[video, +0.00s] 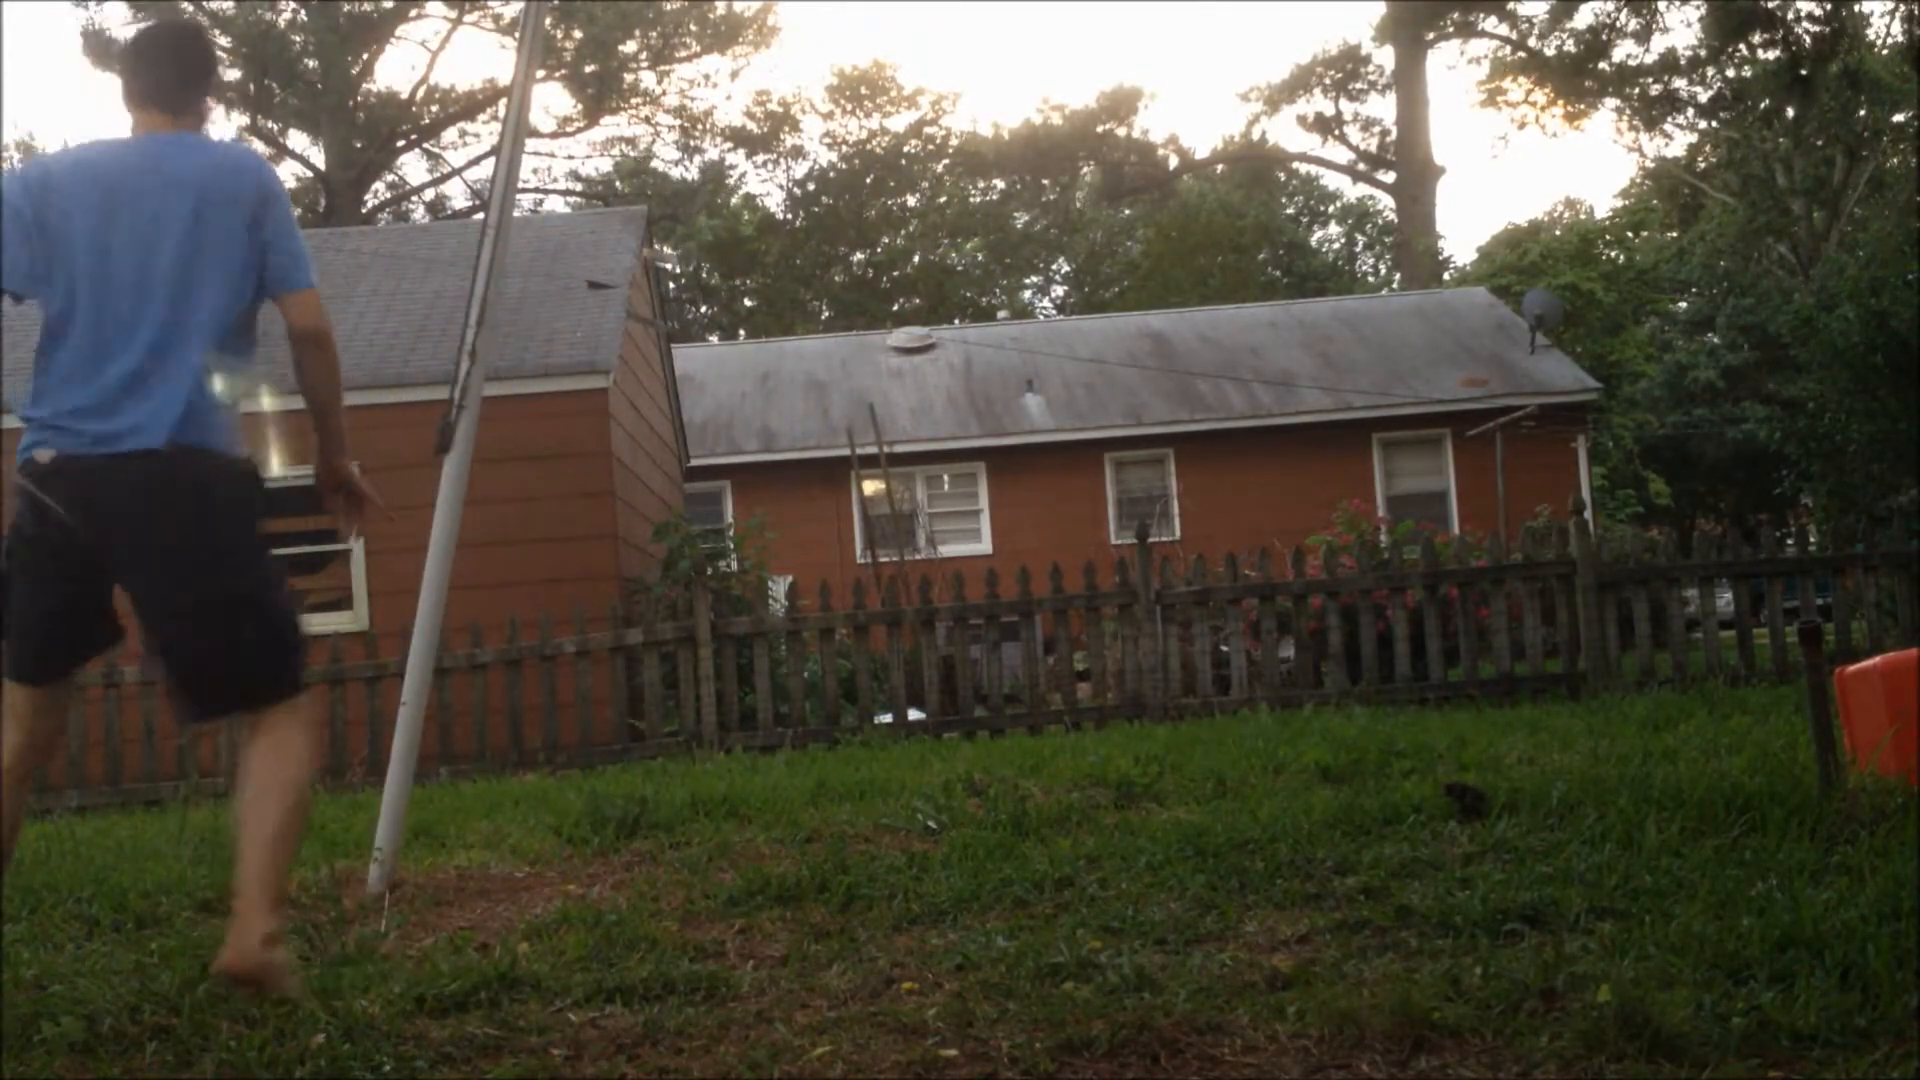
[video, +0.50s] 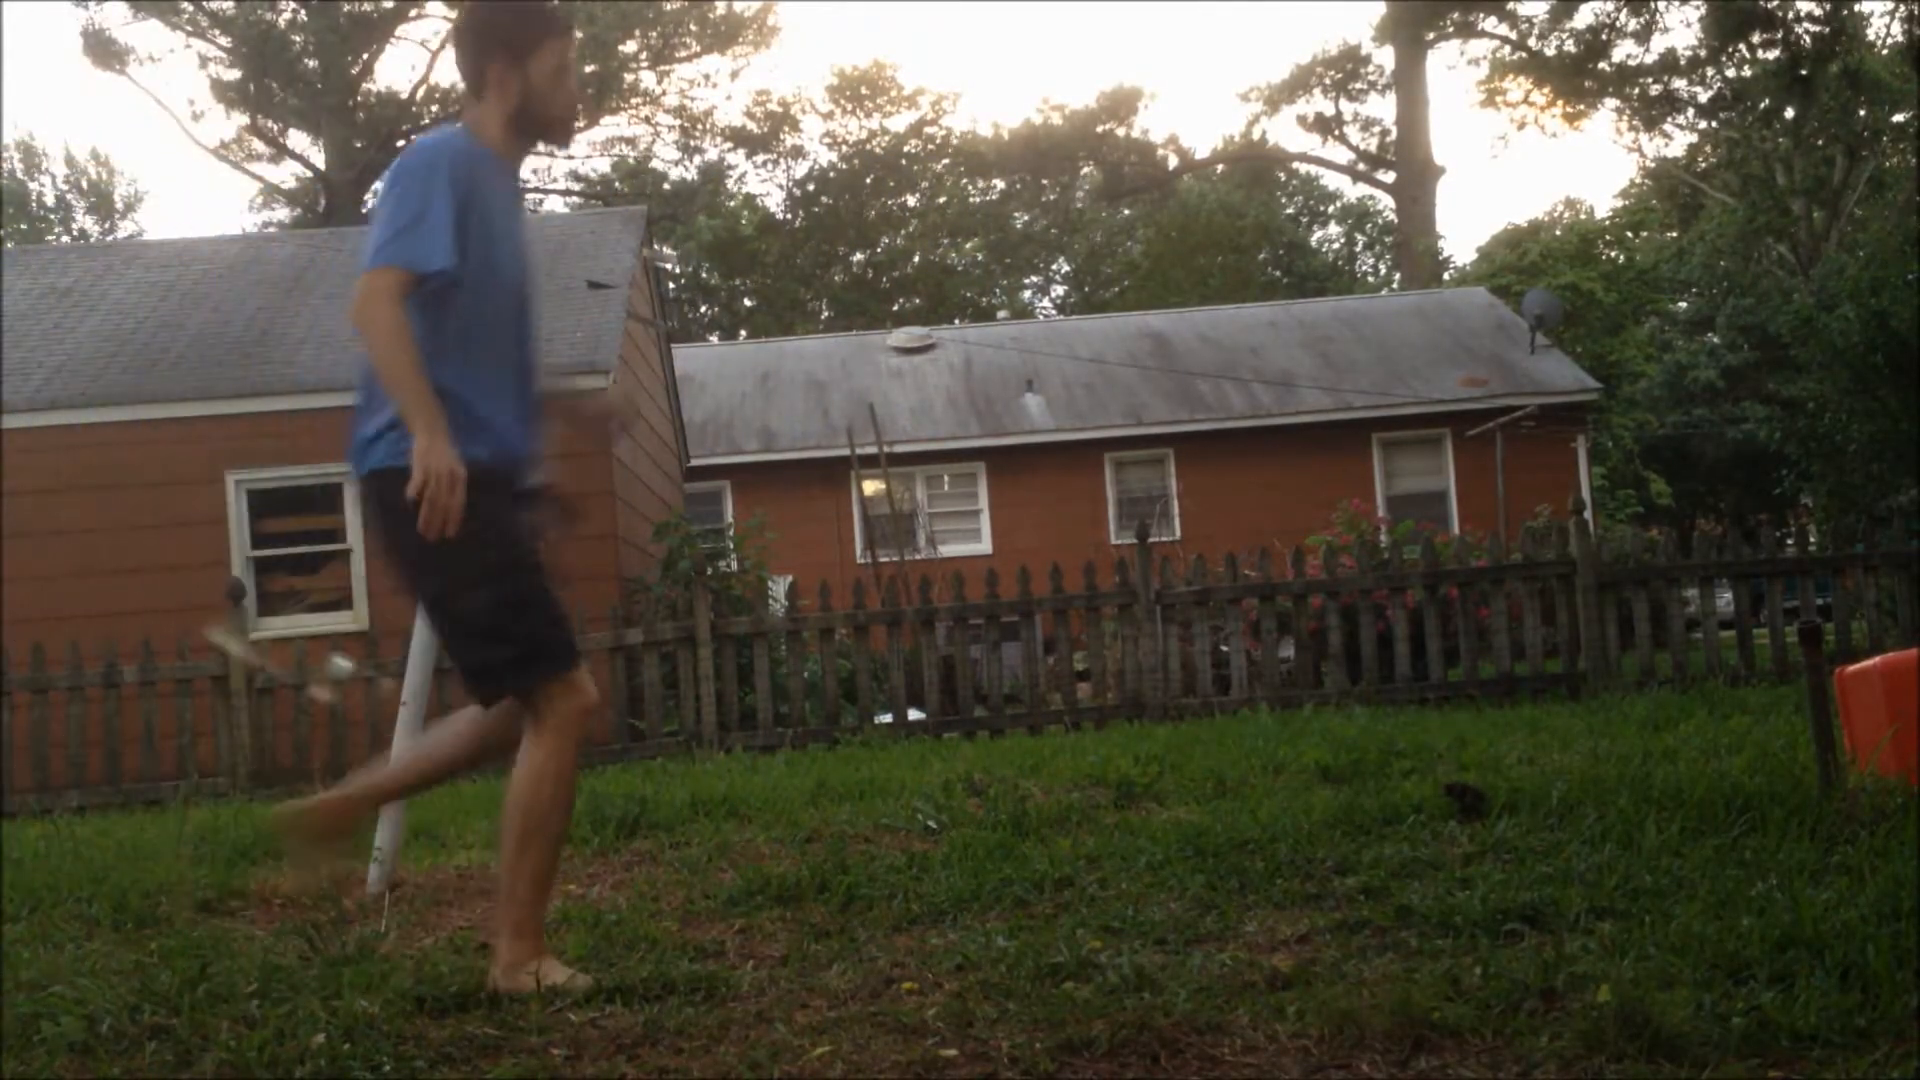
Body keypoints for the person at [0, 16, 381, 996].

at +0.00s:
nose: (189, 106)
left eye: (142, 84)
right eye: (206, 91)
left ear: (126, 91)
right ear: (208, 94)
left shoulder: (48, 182)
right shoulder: (245, 177)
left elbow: (2, 289)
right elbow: (309, 324)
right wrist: (333, 457)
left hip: (59, 482)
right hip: (191, 484)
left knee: (20, 722)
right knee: (279, 709)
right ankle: (253, 932)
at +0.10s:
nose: (284, 143)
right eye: (283, 129)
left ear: (194, 117)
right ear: (265, 118)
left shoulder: (85, 203)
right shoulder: (275, 184)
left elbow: (4, 306)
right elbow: (294, 323)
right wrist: (337, 467)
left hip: (74, 489)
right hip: (201, 483)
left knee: (47, 730)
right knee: (351, 680)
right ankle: (338, 930)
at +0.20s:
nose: (372, 161)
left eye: (376, 143)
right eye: (368, 141)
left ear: (274, 130)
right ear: (325, 128)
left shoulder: (185, 212)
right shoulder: (315, 190)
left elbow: (74, 347)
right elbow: (293, 315)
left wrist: (112, 462)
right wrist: (362, 473)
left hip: (113, 487)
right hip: (215, 482)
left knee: (81, 743)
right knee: (418, 686)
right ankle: (474, 930)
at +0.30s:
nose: (458, 149)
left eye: (458, 129)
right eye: (450, 129)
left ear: (372, 130)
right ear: (400, 125)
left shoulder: (306, 203)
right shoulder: (367, 190)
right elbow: (310, 324)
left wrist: (365, 495)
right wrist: (386, 467)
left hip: (212, 503)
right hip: (280, 500)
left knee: (154, 741)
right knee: (471, 697)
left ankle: (6, 886)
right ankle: (504, 955)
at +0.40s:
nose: (535, 132)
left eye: (533, 112)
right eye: (524, 111)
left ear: (461, 115)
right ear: (466, 112)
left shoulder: (439, 208)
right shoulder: (406, 188)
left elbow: (385, 346)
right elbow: (345, 322)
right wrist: (415, 464)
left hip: (355, 501)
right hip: (359, 498)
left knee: (337, 744)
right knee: (539, 701)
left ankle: (98, 873)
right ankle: (516, 957)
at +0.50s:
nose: (579, 87)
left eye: (576, 66)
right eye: (566, 66)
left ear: (510, 74)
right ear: (507, 73)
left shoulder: (497, 182)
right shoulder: (442, 163)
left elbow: (470, 335)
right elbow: (376, 303)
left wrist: (514, 463)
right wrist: (429, 430)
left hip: (474, 470)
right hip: (434, 473)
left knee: (521, 705)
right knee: (563, 699)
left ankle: (330, 811)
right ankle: (519, 957)